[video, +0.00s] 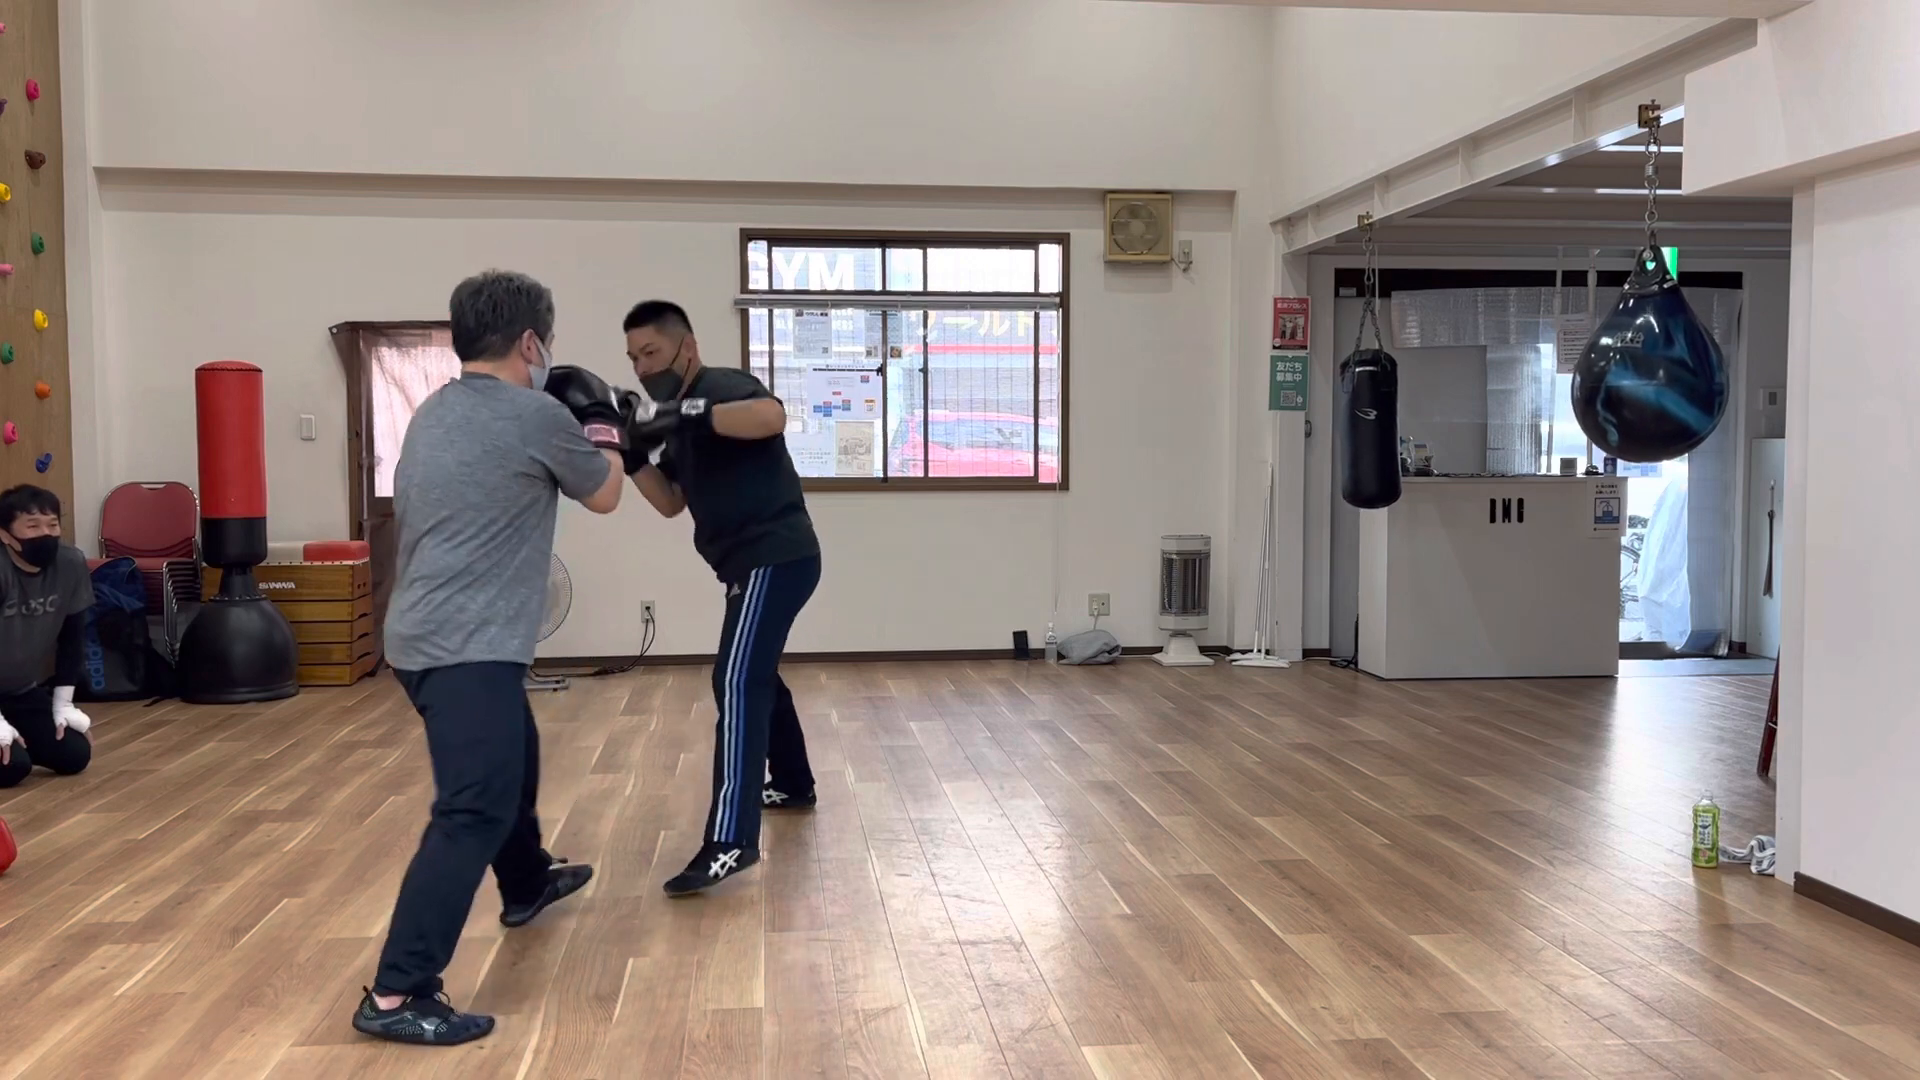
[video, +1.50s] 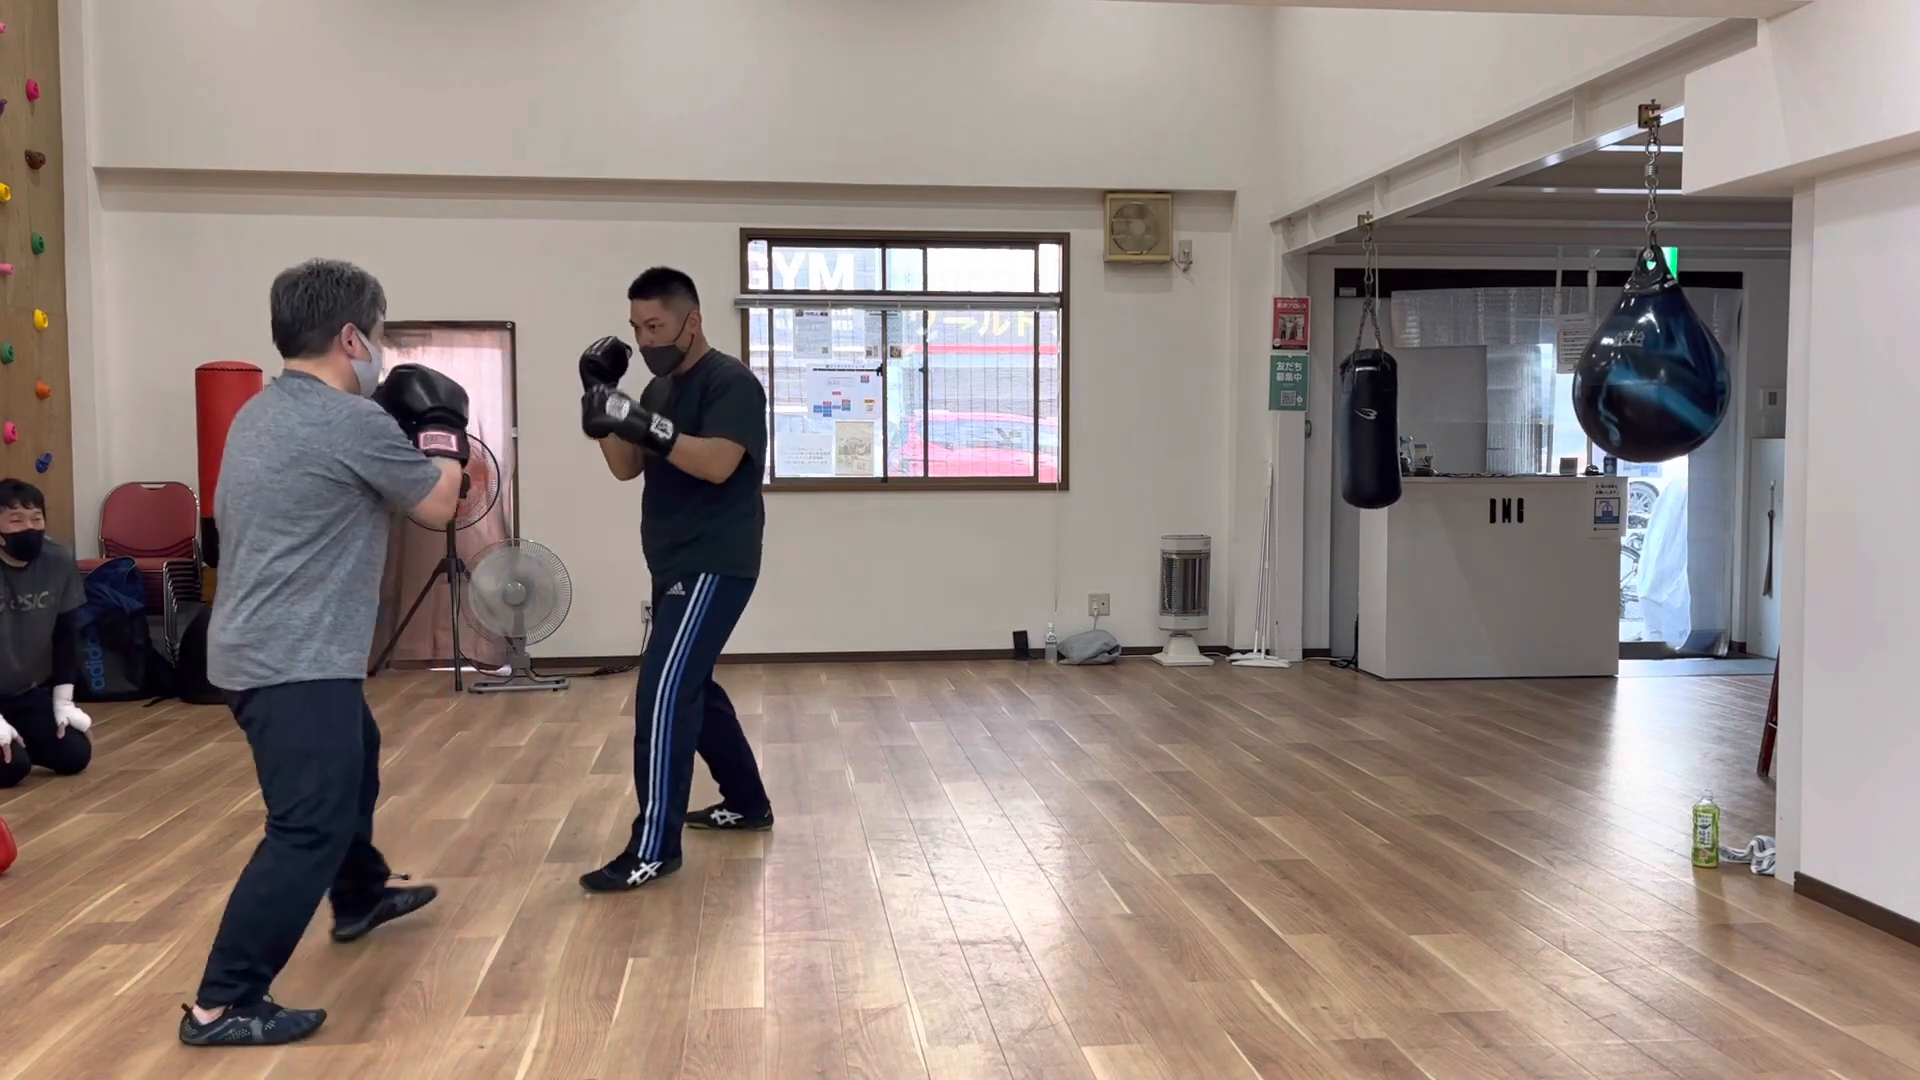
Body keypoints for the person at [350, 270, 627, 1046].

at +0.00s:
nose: (547, 353)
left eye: (548, 342)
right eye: (546, 341)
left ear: (460, 342)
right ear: (528, 342)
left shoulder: (430, 414)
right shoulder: (534, 414)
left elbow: (489, 493)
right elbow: (607, 494)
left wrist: (547, 424)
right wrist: (600, 435)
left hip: (418, 639)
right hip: (475, 648)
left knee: (514, 749)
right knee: (472, 813)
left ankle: (525, 880)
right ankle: (397, 993)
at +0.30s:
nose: (499, 367)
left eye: (495, 353)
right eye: (496, 354)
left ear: (409, 356)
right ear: (475, 359)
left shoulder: (368, 431)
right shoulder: (457, 445)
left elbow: (400, 543)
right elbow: (515, 553)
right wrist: (540, 500)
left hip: (358, 660)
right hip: (394, 673)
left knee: (472, 757)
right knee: (396, 841)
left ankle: (431, 925)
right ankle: (284, 1027)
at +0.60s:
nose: (473, 341)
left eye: (473, 329)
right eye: (469, 328)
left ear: (378, 334)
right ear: (448, 333)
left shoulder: (346, 411)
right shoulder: (444, 423)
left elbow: (421, 497)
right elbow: (528, 510)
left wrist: (464, 407)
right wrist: (536, 437)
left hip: (339, 650)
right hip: (391, 662)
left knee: (430, 760)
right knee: (373, 824)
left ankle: (385, 925)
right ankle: (286, 1017)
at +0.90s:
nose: (470, 369)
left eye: (471, 357)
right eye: (469, 356)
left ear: (380, 356)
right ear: (449, 360)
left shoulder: (345, 425)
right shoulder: (445, 444)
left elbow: (395, 518)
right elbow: (500, 544)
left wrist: (468, 480)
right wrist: (518, 497)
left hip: (328, 661)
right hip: (390, 674)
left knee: (433, 754)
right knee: (410, 834)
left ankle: (402, 890)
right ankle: (337, 1015)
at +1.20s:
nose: (434, 374)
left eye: (436, 364)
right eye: (432, 362)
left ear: (349, 363)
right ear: (406, 364)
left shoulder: (318, 428)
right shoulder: (415, 444)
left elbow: (373, 516)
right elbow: (475, 544)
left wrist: (424, 442)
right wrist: (488, 491)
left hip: (321, 653)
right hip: (367, 664)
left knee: (420, 749)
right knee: (389, 817)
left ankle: (400, 890)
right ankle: (272, 982)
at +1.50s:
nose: (378, 350)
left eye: (379, 337)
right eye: (376, 336)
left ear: (290, 337)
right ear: (350, 339)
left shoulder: (258, 413)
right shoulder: (349, 421)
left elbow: (337, 494)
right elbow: (441, 503)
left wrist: (389, 426)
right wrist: (447, 438)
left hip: (252, 652)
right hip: (300, 662)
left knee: (356, 750)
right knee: (313, 825)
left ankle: (359, 896)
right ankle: (223, 1002)